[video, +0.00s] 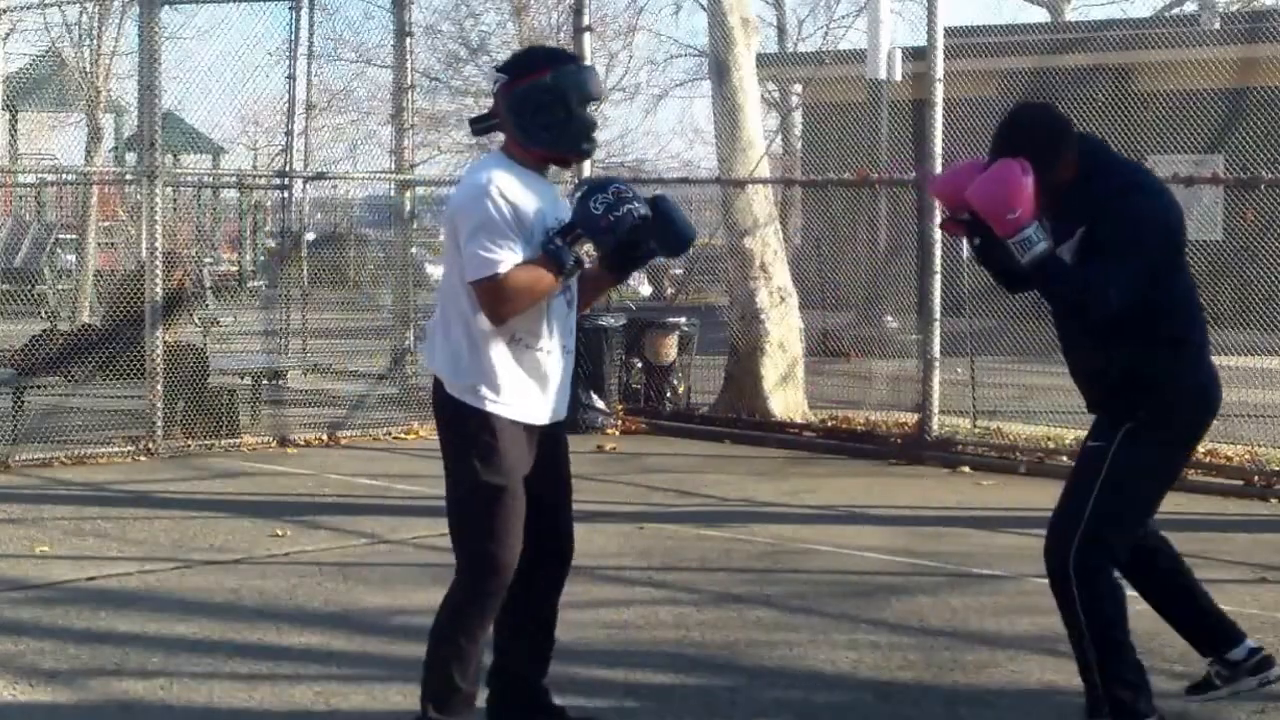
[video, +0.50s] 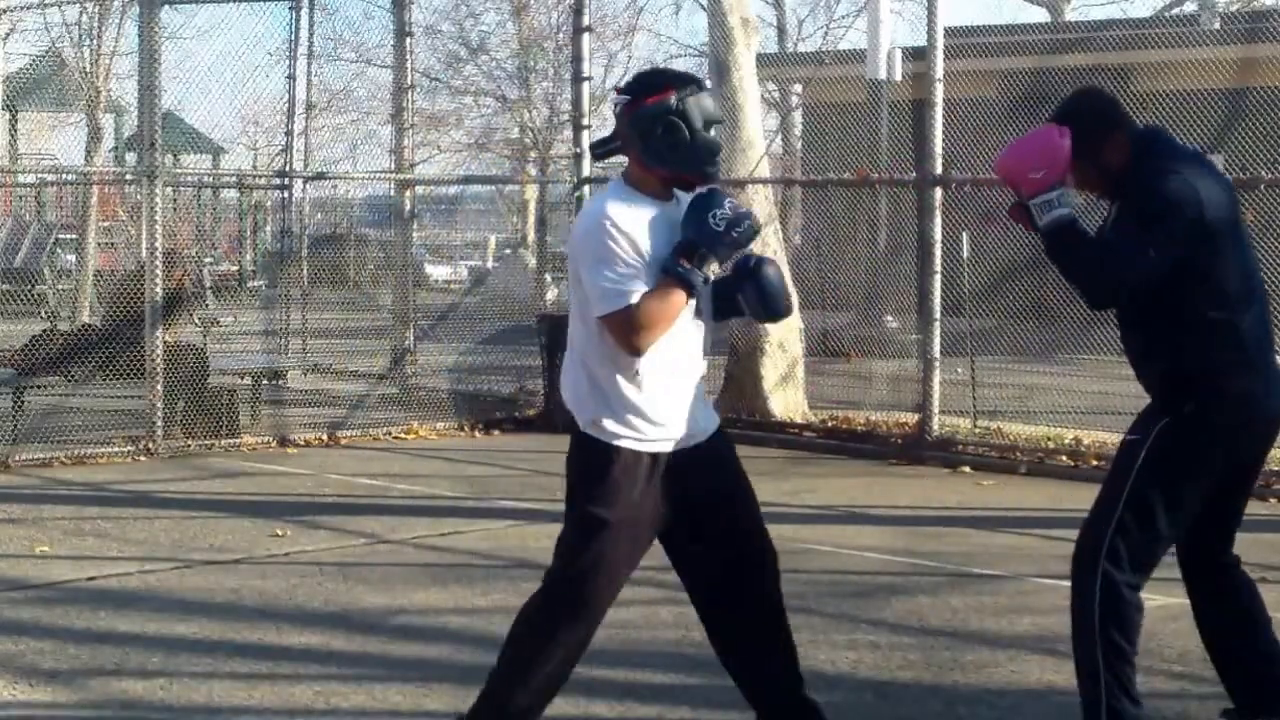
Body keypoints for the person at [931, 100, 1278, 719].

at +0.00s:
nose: (1020, 199)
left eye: (1025, 183)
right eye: (1015, 185)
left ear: (1060, 167)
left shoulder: (1134, 204)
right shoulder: (1063, 194)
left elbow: (1099, 307)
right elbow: (1026, 278)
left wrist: (1032, 241)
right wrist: (980, 231)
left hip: (1165, 402)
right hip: (1127, 400)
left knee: (1075, 551)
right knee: (1120, 535)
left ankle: (1123, 706)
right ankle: (1237, 656)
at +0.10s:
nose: (1045, 190)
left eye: (1047, 176)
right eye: (1038, 178)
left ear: (1080, 158)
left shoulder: (1153, 195)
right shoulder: (1091, 191)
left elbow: (1121, 298)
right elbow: (1043, 275)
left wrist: (1047, 232)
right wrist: (1003, 225)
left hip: (1178, 406)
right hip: (1158, 403)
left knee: (1084, 550)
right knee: (1162, 546)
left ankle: (1123, 709)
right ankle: (1266, 686)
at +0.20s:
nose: (1060, 188)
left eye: (1060, 173)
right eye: (1052, 176)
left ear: (1093, 152)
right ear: (1092, 150)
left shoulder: (1164, 189)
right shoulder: (1113, 187)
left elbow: (1121, 286)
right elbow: (1070, 276)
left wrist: (1050, 215)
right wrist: (1022, 224)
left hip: (1192, 407)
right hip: (1182, 403)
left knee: (1090, 551)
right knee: (1192, 555)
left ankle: (1121, 708)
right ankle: (1267, 697)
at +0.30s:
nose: (1075, 184)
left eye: (1073, 171)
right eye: (1068, 173)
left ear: (1104, 148)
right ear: (1107, 145)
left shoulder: (1164, 180)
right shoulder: (1163, 175)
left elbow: (1125, 278)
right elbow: (1116, 279)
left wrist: (1064, 212)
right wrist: (1053, 233)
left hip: (1200, 401)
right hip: (1240, 397)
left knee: (1088, 531)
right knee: (1205, 555)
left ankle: (1125, 702)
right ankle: (1263, 701)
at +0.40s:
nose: (1084, 181)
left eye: (1082, 167)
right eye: (1076, 170)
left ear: (1110, 145)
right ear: (1120, 138)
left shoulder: (1162, 178)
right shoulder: (1184, 167)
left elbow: (1129, 277)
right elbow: (1134, 273)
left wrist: (1068, 215)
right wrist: (1065, 225)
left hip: (1199, 404)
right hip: (1246, 402)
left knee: (1101, 562)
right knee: (1209, 559)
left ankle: (1112, 709)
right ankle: (1263, 701)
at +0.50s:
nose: (1081, 185)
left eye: (1079, 170)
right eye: (1074, 173)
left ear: (1108, 149)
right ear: (1121, 138)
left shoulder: (1162, 189)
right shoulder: (1187, 170)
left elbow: (1103, 282)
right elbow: (1108, 276)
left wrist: (1051, 208)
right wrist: (1048, 222)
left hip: (1197, 406)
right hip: (1248, 401)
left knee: (1104, 559)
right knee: (1206, 556)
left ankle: (1110, 709)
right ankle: (1264, 700)